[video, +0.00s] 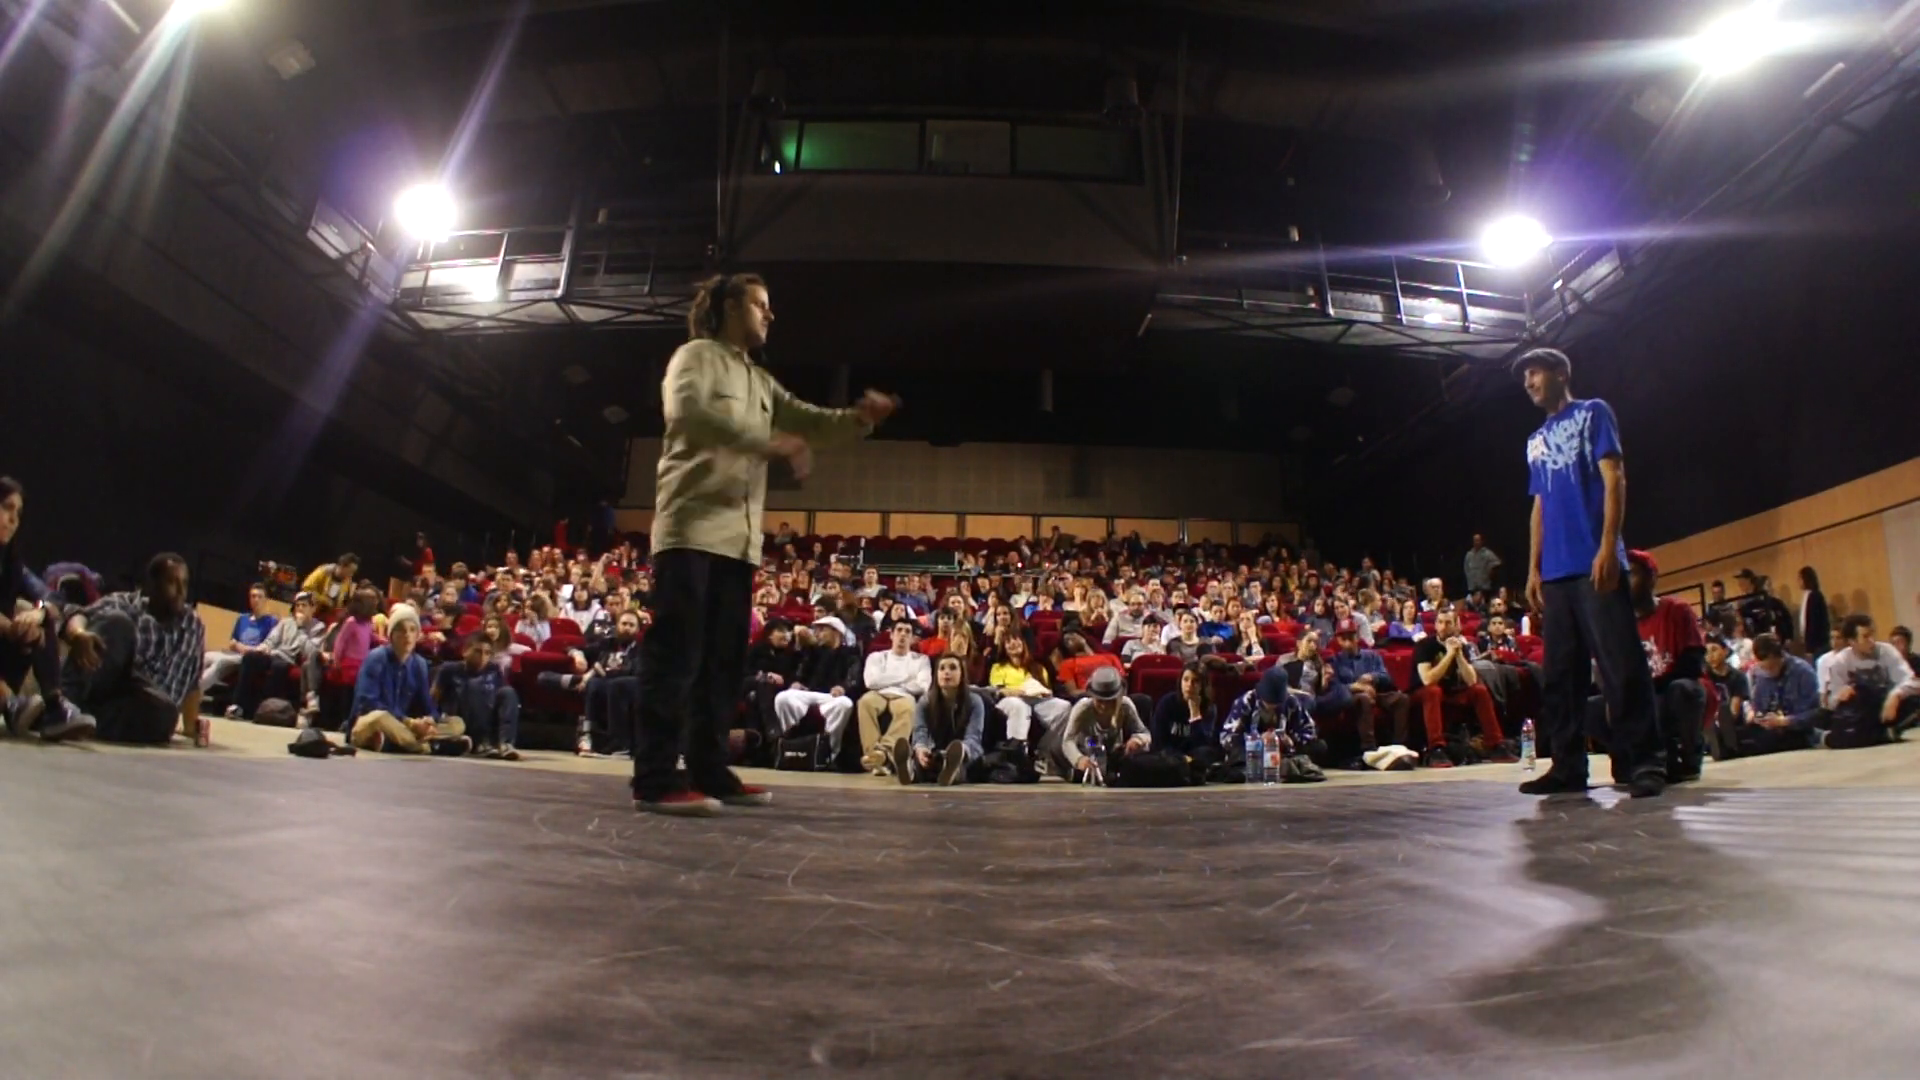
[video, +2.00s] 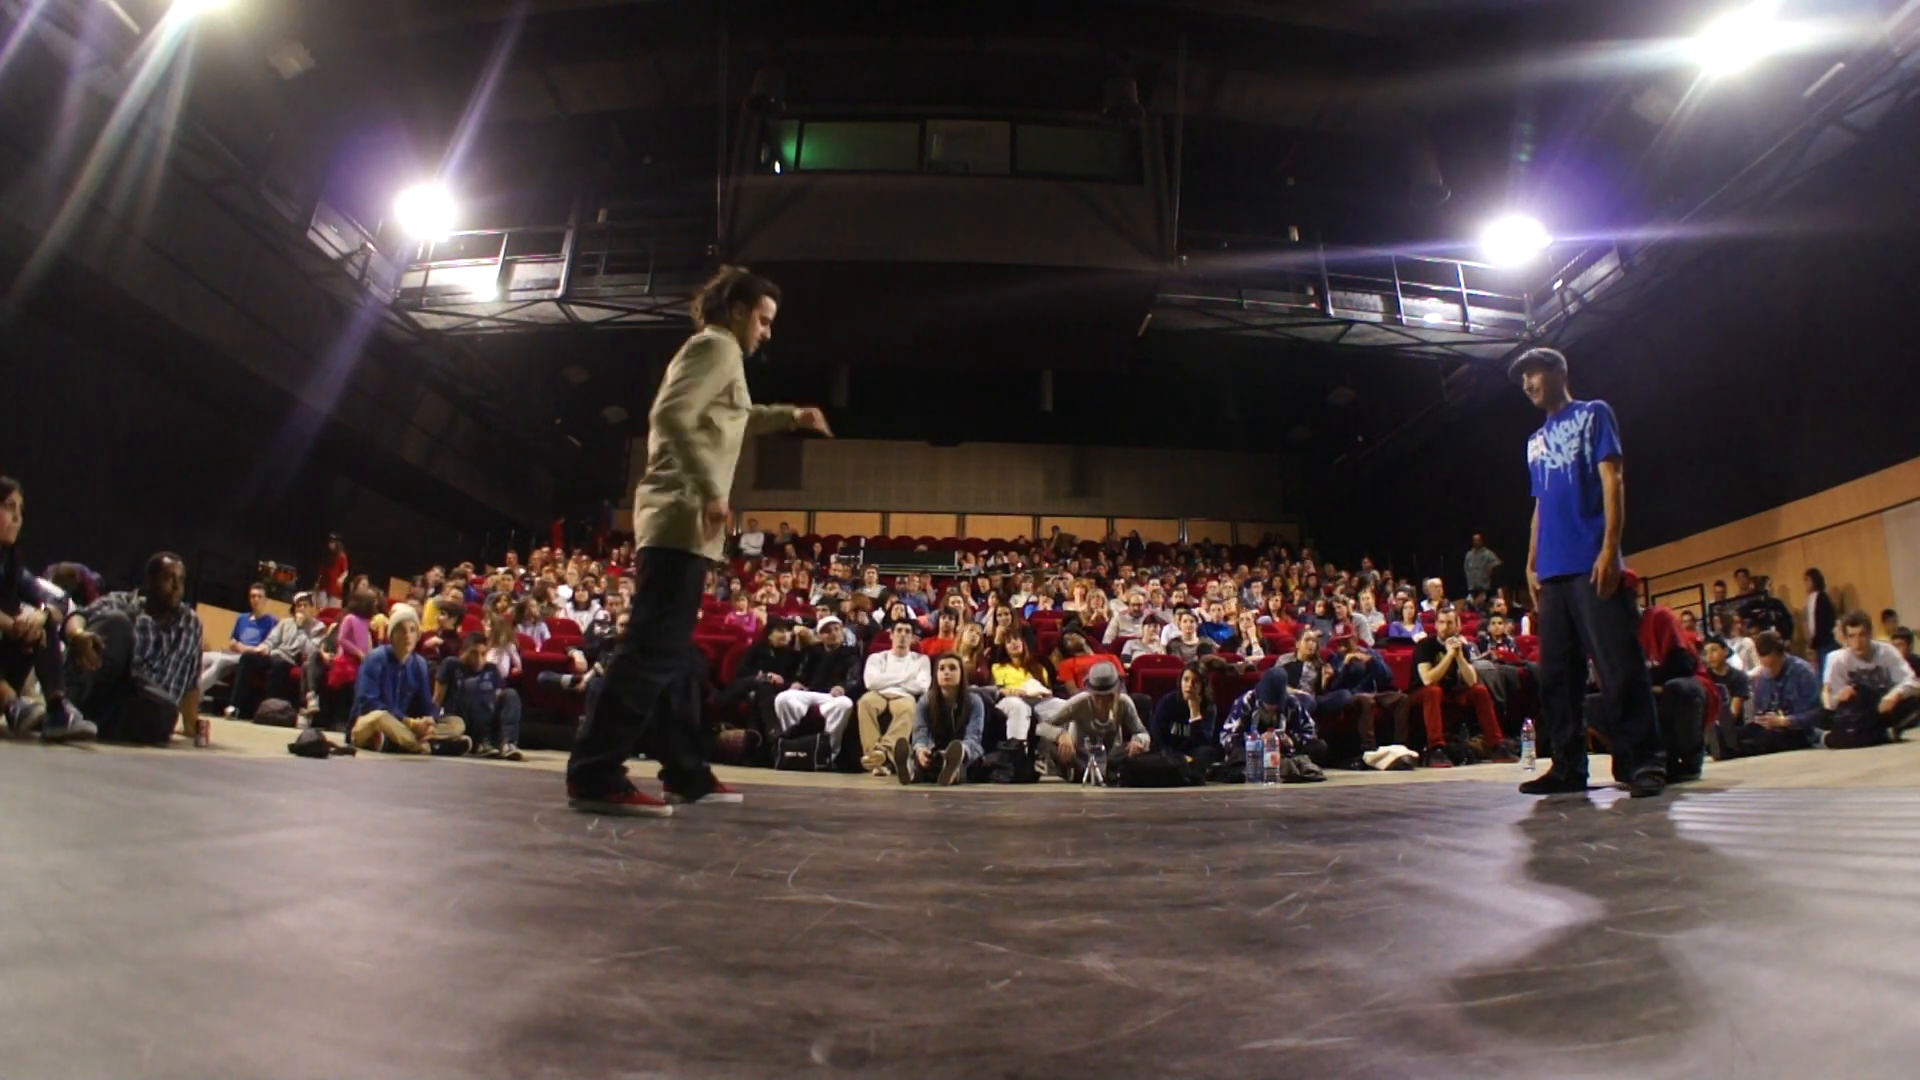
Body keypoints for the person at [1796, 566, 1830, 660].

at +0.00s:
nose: (1799, 582)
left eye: (1801, 578)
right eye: (1799, 578)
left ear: (1807, 579)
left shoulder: (1814, 596)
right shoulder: (1806, 596)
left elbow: (1814, 622)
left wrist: (1810, 647)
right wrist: (1803, 639)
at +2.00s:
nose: (1805, 584)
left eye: (1807, 580)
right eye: (1805, 580)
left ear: (1814, 581)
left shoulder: (1821, 598)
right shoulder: (1811, 598)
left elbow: (1822, 623)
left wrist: (1814, 644)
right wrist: (1810, 639)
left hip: (1823, 644)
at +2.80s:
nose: (1796, 591)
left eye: (1797, 588)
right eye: (1796, 588)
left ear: (1801, 588)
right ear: (1808, 584)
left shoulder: (1810, 603)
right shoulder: (1818, 598)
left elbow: (1812, 626)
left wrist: (1810, 645)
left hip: (1821, 647)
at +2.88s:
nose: (1793, 590)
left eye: (1794, 587)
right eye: (1793, 587)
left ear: (1799, 587)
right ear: (1806, 585)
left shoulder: (1807, 603)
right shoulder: (1813, 599)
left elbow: (1808, 627)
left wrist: (1807, 645)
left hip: (1819, 647)